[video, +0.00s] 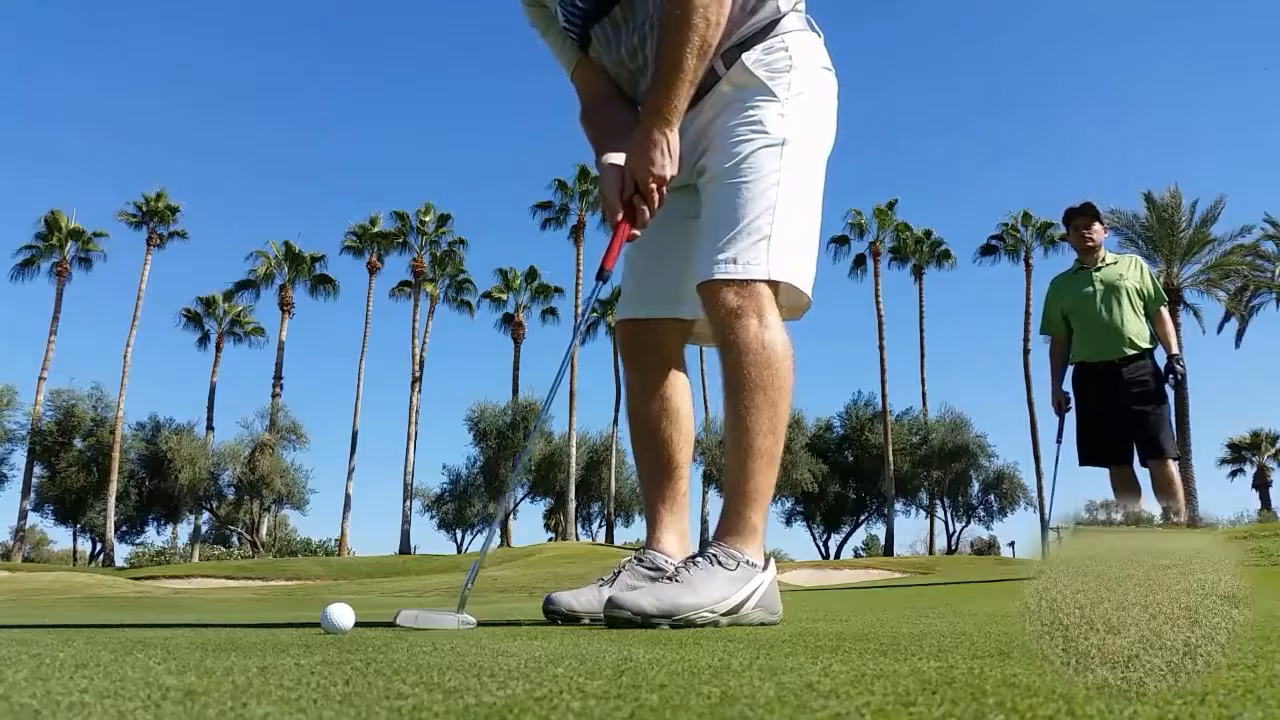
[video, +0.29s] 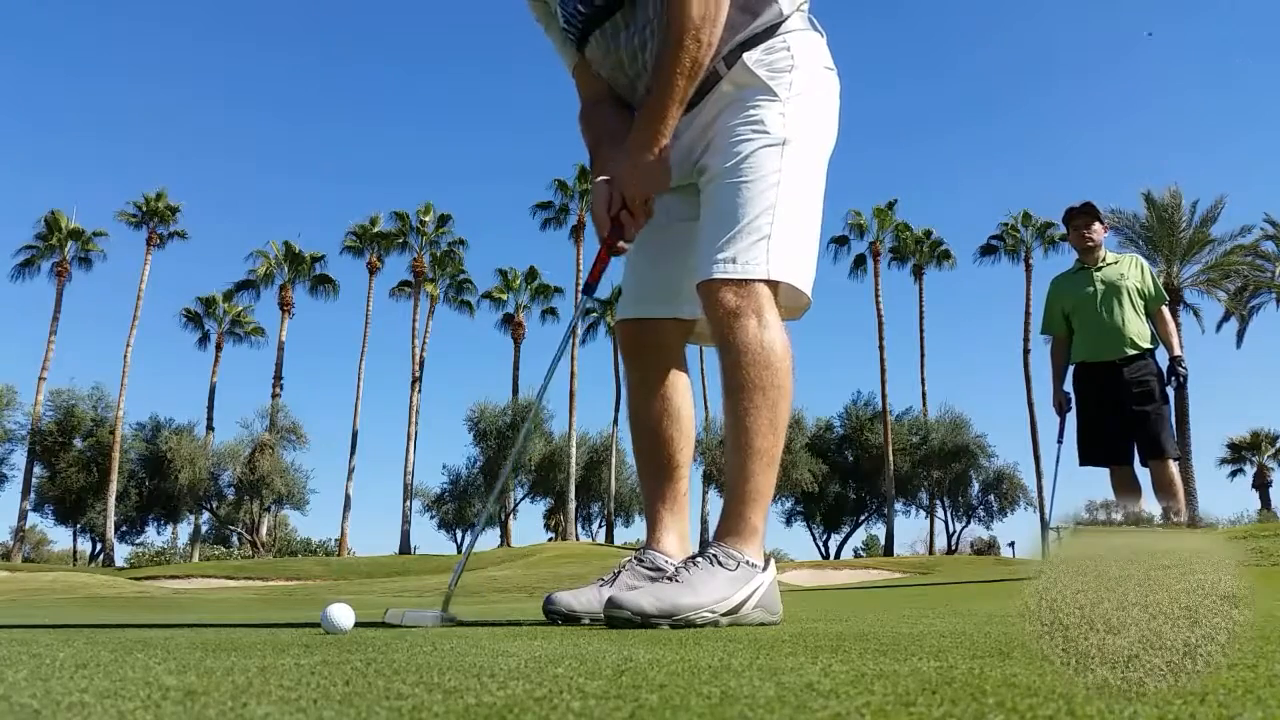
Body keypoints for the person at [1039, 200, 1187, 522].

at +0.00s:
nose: (1085, 233)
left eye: (1090, 226)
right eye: (1076, 230)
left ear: (1103, 230)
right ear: (1068, 238)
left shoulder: (1134, 266)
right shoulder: (1061, 285)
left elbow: (1159, 312)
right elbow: (1059, 340)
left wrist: (1174, 355)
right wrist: (1056, 386)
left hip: (1140, 373)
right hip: (1094, 380)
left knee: (1160, 455)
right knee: (1117, 462)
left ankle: (1177, 529)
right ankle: (1135, 535)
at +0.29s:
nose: (1084, 232)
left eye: (1089, 226)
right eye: (1076, 229)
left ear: (1103, 229)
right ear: (1068, 238)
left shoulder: (1134, 265)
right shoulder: (1062, 285)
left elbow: (1159, 312)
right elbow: (1060, 340)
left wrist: (1176, 355)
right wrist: (1058, 387)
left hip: (1140, 372)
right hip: (1095, 379)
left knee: (1160, 454)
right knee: (1118, 462)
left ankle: (1178, 529)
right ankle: (1135, 534)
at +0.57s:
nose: (1084, 233)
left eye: (1089, 226)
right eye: (1076, 229)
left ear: (1103, 229)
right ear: (1068, 238)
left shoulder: (1134, 265)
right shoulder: (1061, 284)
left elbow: (1159, 312)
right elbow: (1059, 340)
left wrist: (1175, 354)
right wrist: (1058, 387)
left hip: (1140, 372)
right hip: (1094, 379)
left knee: (1161, 453)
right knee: (1117, 461)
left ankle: (1178, 527)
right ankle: (1134, 533)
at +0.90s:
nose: (1084, 230)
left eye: (1089, 223)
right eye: (1076, 227)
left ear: (1104, 227)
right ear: (1068, 236)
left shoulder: (1135, 265)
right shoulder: (1061, 283)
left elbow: (1160, 314)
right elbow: (1058, 339)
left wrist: (1176, 357)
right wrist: (1056, 387)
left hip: (1137, 369)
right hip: (1091, 376)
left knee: (1148, 448)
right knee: (1117, 460)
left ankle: (1153, 522)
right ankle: (1131, 527)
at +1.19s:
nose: (1087, 226)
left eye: (1092, 219)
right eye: (1079, 223)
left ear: (1107, 222)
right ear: (1071, 232)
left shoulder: (1138, 261)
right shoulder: (1064, 278)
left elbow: (1164, 313)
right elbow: (1060, 337)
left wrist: (1182, 358)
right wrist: (1056, 385)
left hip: (1136, 368)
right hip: (1090, 375)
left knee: (1138, 455)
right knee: (1113, 461)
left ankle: (1149, 529)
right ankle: (1130, 530)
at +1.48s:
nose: (1091, 218)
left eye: (1097, 212)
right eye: (1083, 215)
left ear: (1113, 216)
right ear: (1076, 225)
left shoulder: (1144, 254)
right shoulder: (1067, 272)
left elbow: (1167, 304)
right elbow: (1063, 329)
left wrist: (1182, 347)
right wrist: (1057, 377)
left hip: (1140, 364)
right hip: (1092, 369)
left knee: (1140, 457)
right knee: (1099, 461)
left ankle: (1148, 529)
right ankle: (1122, 524)